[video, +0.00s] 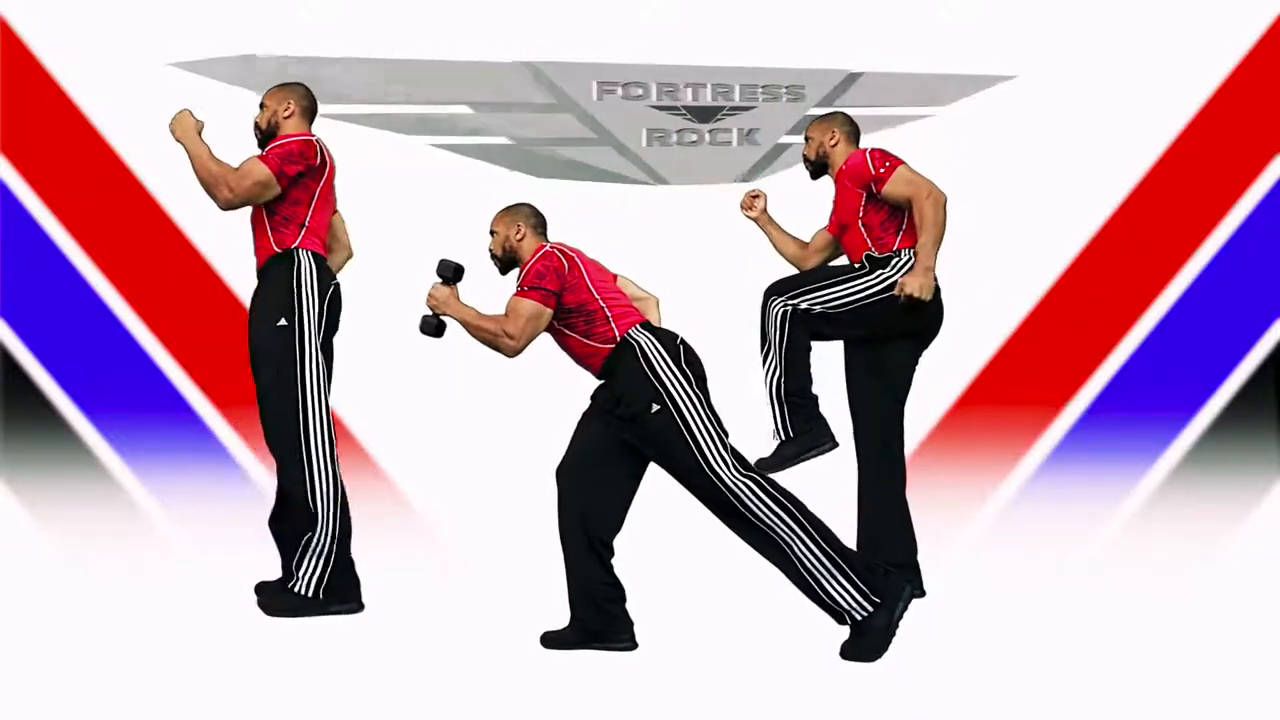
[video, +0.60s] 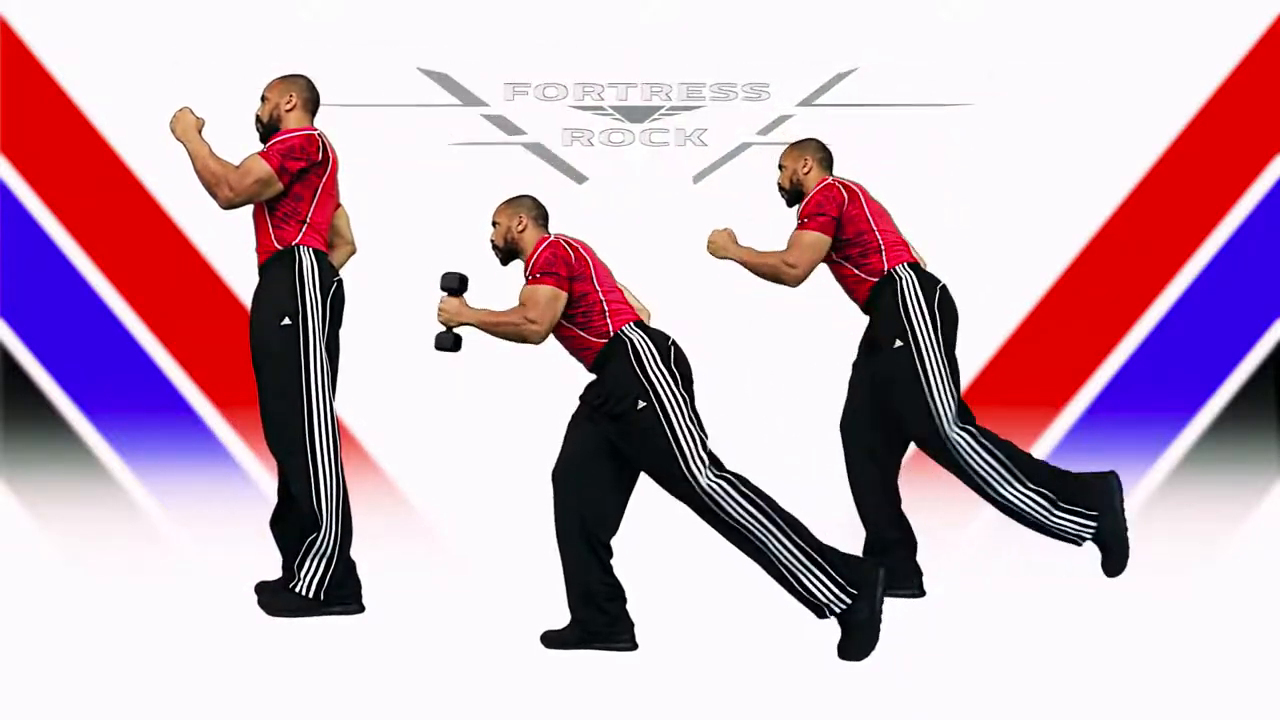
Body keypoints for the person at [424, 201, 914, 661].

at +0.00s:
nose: (489, 245)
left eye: (495, 234)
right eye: (490, 236)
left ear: (522, 230)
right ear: (530, 234)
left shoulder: (546, 262)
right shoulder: (565, 264)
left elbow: (509, 338)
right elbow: (644, 301)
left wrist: (453, 307)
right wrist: (655, 371)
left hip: (649, 362)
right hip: (626, 379)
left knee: (730, 485)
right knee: (580, 486)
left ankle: (868, 600)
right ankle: (601, 623)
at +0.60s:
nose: (492, 236)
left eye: (498, 226)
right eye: (492, 229)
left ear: (524, 222)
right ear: (527, 229)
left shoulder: (551, 251)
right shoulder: (566, 258)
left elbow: (534, 323)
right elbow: (637, 310)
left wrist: (466, 315)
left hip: (639, 359)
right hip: (612, 378)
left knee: (703, 483)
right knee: (576, 487)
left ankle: (848, 590)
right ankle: (601, 621)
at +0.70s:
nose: (498, 224)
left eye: (503, 214)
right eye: (497, 216)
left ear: (527, 210)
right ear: (529, 214)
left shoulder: (559, 237)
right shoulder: (548, 258)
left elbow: (565, 303)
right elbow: (595, 327)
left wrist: (494, 324)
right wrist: (587, 380)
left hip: (630, 351)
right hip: (605, 369)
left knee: (647, 486)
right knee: (580, 488)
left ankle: (791, 571)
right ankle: (600, 620)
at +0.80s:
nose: (508, 213)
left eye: (513, 203)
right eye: (508, 205)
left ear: (539, 200)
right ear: (541, 201)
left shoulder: (568, 227)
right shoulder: (559, 255)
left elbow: (593, 283)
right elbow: (589, 336)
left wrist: (528, 332)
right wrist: (543, 359)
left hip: (627, 345)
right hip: (607, 357)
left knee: (571, 460)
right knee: (577, 479)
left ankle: (686, 557)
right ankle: (601, 619)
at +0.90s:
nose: (517, 201)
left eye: (523, 191)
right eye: (519, 193)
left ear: (547, 189)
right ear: (548, 191)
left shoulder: (575, 215)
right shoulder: (565, 245)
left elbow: (621, 263)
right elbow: (572, 325)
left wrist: (579, 327)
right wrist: (506, 325)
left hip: (617, 335)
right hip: (618, 352)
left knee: (514, 406)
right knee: (592, 484)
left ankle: (554, 541)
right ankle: (603, 620)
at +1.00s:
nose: (525, 192)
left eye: (529, 181)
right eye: (525, 184)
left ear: (555, 178)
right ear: (559, 180)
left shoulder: (585, 207)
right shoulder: (567, 237)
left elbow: (641, 253)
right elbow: (543, 308)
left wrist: (617, 320)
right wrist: (488, 285)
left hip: (597, 335)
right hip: (609, 350)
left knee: (490, 356)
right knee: (589, 485)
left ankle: (503, 484)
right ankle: (603, 619)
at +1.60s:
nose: (532, 187)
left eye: (538, 177)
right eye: (533, 179)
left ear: (564, 176)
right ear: (564, 177)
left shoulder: (589, 205)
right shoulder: (571, 236)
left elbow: (638, 255)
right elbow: (550, 306)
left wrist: (616, 323)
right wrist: (494, 281)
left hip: (595, 333)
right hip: (614, 352)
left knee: (487, 357)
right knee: (581, 484)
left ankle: (494, 489)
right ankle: (602, 619)